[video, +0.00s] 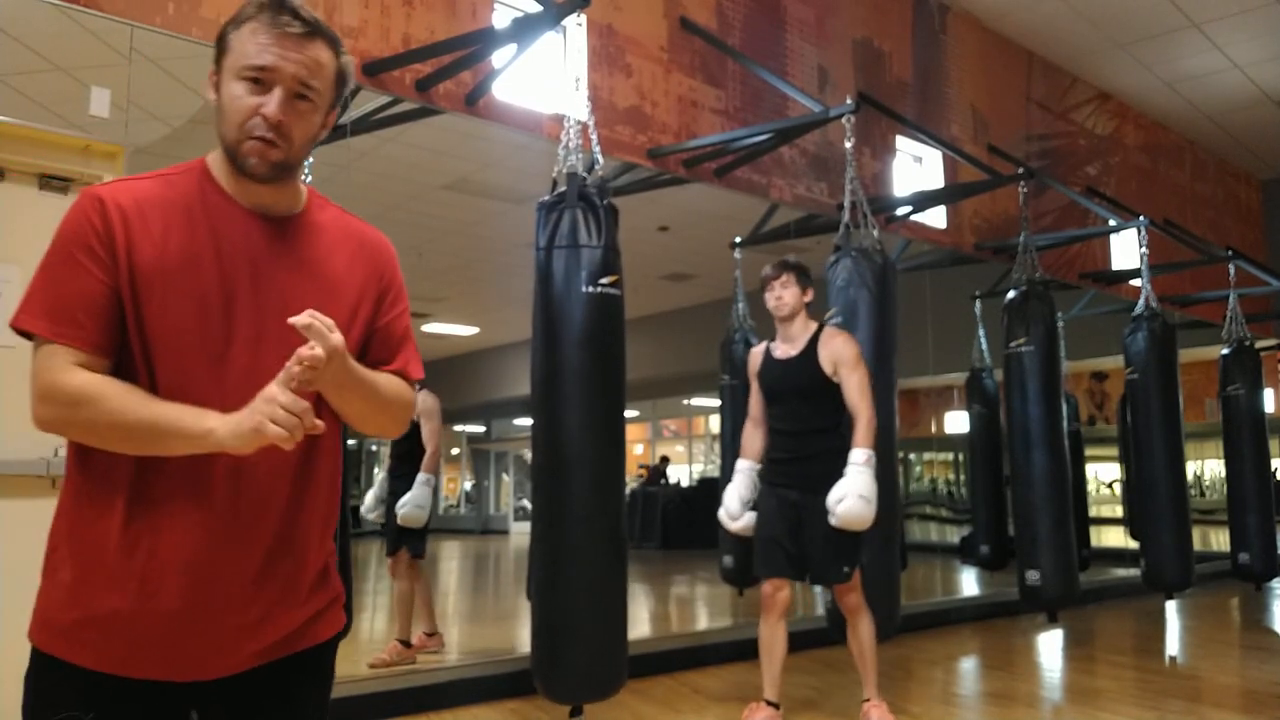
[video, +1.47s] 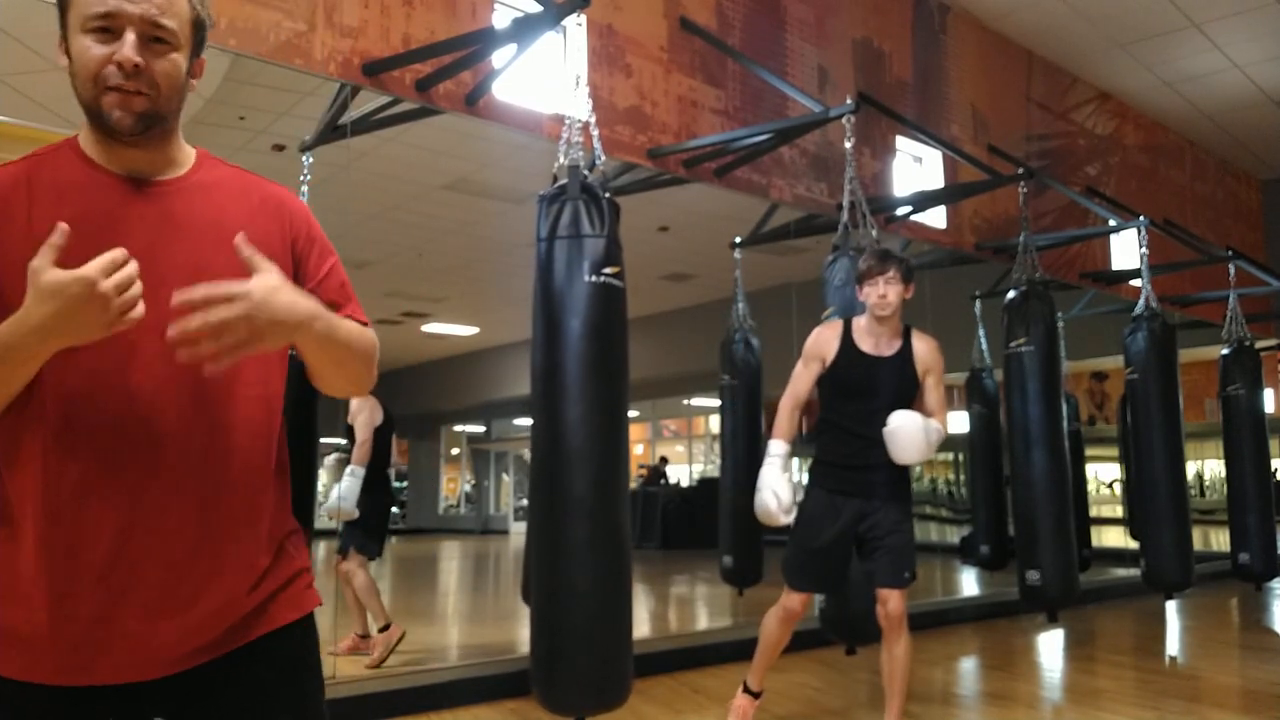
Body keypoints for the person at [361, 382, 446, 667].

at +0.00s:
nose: (393, 377)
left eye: (396, 370)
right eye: (391, 372)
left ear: (407, 370)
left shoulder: (425, 399)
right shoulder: (399, 403)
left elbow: (432, 450)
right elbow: (396, 457)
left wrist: (421, 488)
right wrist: (380, 490)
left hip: (412, 486)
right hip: (396, 485)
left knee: (400, 563)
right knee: (412, 564)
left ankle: (402, 642)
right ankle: (430, 632)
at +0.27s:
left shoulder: (417, 392)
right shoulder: (391, 399)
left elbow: (422, 444)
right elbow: (389, 452)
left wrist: (409, 485)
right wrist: (371, 484)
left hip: (407, 481)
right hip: (389, 482)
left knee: (397, 566)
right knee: (374, 563)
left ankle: (403, 643)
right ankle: (414, 619)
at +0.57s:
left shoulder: (398, 405)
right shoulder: (379, 408)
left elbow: (400, 446)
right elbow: (380, 453)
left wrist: (388, 483)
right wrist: (365, 481)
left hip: (396, 483)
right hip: (379, 481)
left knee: (389, 563)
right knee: (366, 563)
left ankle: (402, 643)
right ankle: (366, 633)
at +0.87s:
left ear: (369, 385)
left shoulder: (377, 409)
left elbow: (378, 440)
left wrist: (368, 481)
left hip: (375, 487)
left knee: (358, 565)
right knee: (354, 565)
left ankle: (392, 630)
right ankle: (361, 635)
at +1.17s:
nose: (341, 385)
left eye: (343, 379)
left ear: (352, 377)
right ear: (365, 377)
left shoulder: (362, 403)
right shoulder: (376, 408)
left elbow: (364, 444)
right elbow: (391, 460)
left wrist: (350, 485)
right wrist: (346, 461)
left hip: (372, 493)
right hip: (374, 492)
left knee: (353, 565)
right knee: (344, 567)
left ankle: (387, 627)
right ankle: (362, 634)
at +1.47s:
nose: (342, 380)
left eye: (345, 374)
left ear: (352, 375)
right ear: (366, 375)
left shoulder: (362, 403)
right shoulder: (371, 406)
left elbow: (364, 444)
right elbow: (386, 457)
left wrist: (349, 485)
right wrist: (343, 459)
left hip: (372, 491)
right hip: (370, 490)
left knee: (353, 564)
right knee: (344, 565)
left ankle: (386, 628)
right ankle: (362, 634)